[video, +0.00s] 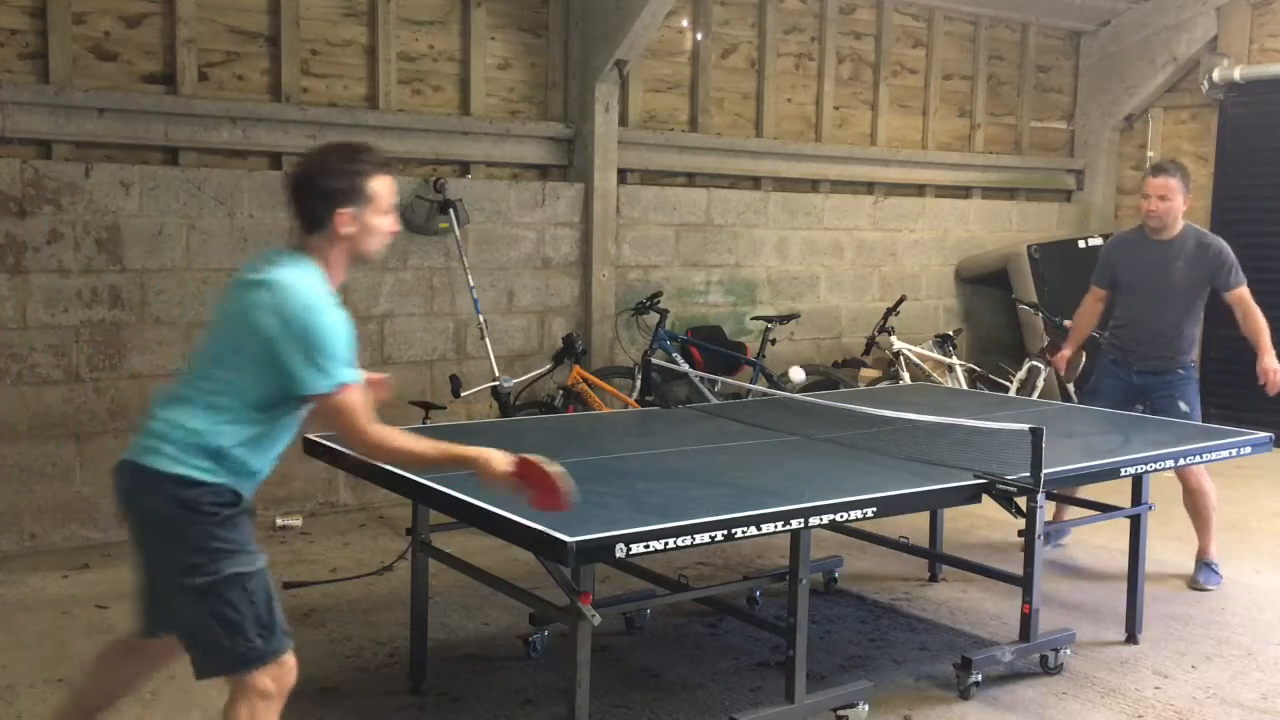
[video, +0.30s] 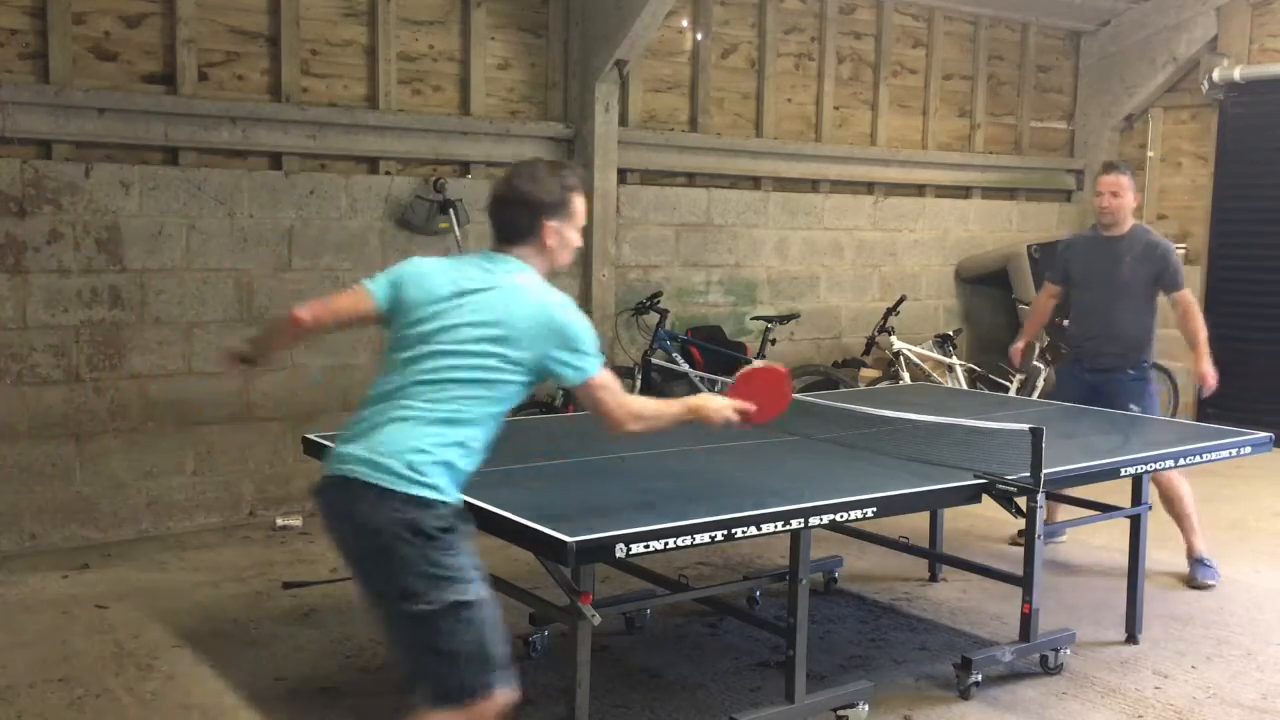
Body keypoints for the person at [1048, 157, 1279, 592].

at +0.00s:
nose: (1151, 205)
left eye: (1162, 198)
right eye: (1146, 196)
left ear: (1185, 202)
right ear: (1140, 198)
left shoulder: (1211, 251)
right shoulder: (1119, 247)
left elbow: (1243, 304)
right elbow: (1094, 300)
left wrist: (1266, 351)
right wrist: (1069, 347)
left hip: (1174, 376)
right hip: (1114, 369)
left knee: (1189, 468)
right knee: (1077, 445)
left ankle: (1207, 555)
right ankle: (1056, 522)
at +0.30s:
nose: (1105, 202)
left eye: (1115, 194)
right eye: (1099, 194)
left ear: (1134, 199)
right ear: (1092, 198)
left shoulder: (1156, 250)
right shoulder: (1071, 248)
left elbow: (1184, 305)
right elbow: (1048, 296)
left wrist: (1202, 358)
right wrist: (1024, 339)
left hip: (1130, 376)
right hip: (1074, 372)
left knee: (1157, 464)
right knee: (1057, 452)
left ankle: (1197, 552)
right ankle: (1051, 524)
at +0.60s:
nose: (1037, 215)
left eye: (1045, 206)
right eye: (1034, 207)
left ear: (1072, 206)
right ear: (1035, 210)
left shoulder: (1105, 257)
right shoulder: (1031, 259)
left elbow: (1136, 319)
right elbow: (1013, 313)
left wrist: (1119, 373)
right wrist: (959, 339)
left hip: (1090, 381)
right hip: (1039, 376)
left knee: (1109, 468)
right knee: (1004, 435)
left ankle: (1127, 548)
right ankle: (1013, 510)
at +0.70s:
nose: (1001, 224)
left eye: (1008, 215)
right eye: (1000, 216)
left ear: (1038, 215)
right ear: (1016, 219)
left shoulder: (1074, 261)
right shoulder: (1007, 267)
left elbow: (1102, 319)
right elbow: (995, 319)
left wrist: (1080, 349)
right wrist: (948, 345)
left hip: (1071, 384)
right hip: (1021, 379)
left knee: (1093, 462)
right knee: (966, 429)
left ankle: (1125, 548)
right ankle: (929, 506)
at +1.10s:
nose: (847, 252)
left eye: (852, 244)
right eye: (846, 245)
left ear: (878, 244)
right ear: (867, 248)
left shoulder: (921, 274)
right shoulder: (862, 301)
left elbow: (979, 294)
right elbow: (827, 344)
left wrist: (985, 315)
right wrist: (774, 362)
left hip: (969, 378)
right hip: (925, 387)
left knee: (1008, 454)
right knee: (887, 438)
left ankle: (1077, 534)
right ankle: (879, 514)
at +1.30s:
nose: (837, 243)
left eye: (842, 234)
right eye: (835, 236)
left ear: (867, 232)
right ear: (853, 237)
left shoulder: (907, 260)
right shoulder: (853, 290)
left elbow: (967, 282)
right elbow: (828, 345)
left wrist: (964, 312)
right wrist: (791, 354)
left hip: (957, 366)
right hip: (916, 376)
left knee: (984, 448)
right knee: (876, 428)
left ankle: (1044, 529)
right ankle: (879, 513)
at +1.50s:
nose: (867, 227)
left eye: (874, 218)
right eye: (864, 221)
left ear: (897, 219)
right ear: (865, 226)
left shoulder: (934, 253)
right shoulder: (872, 278)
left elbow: (991, 278)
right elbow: (847, 335)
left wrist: (1013, 308)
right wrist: (825, 347)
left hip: (965, 366)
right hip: (923, 373)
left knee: (979, 445)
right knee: (892, 436)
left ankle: (1051, 507)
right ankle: (880, 513)